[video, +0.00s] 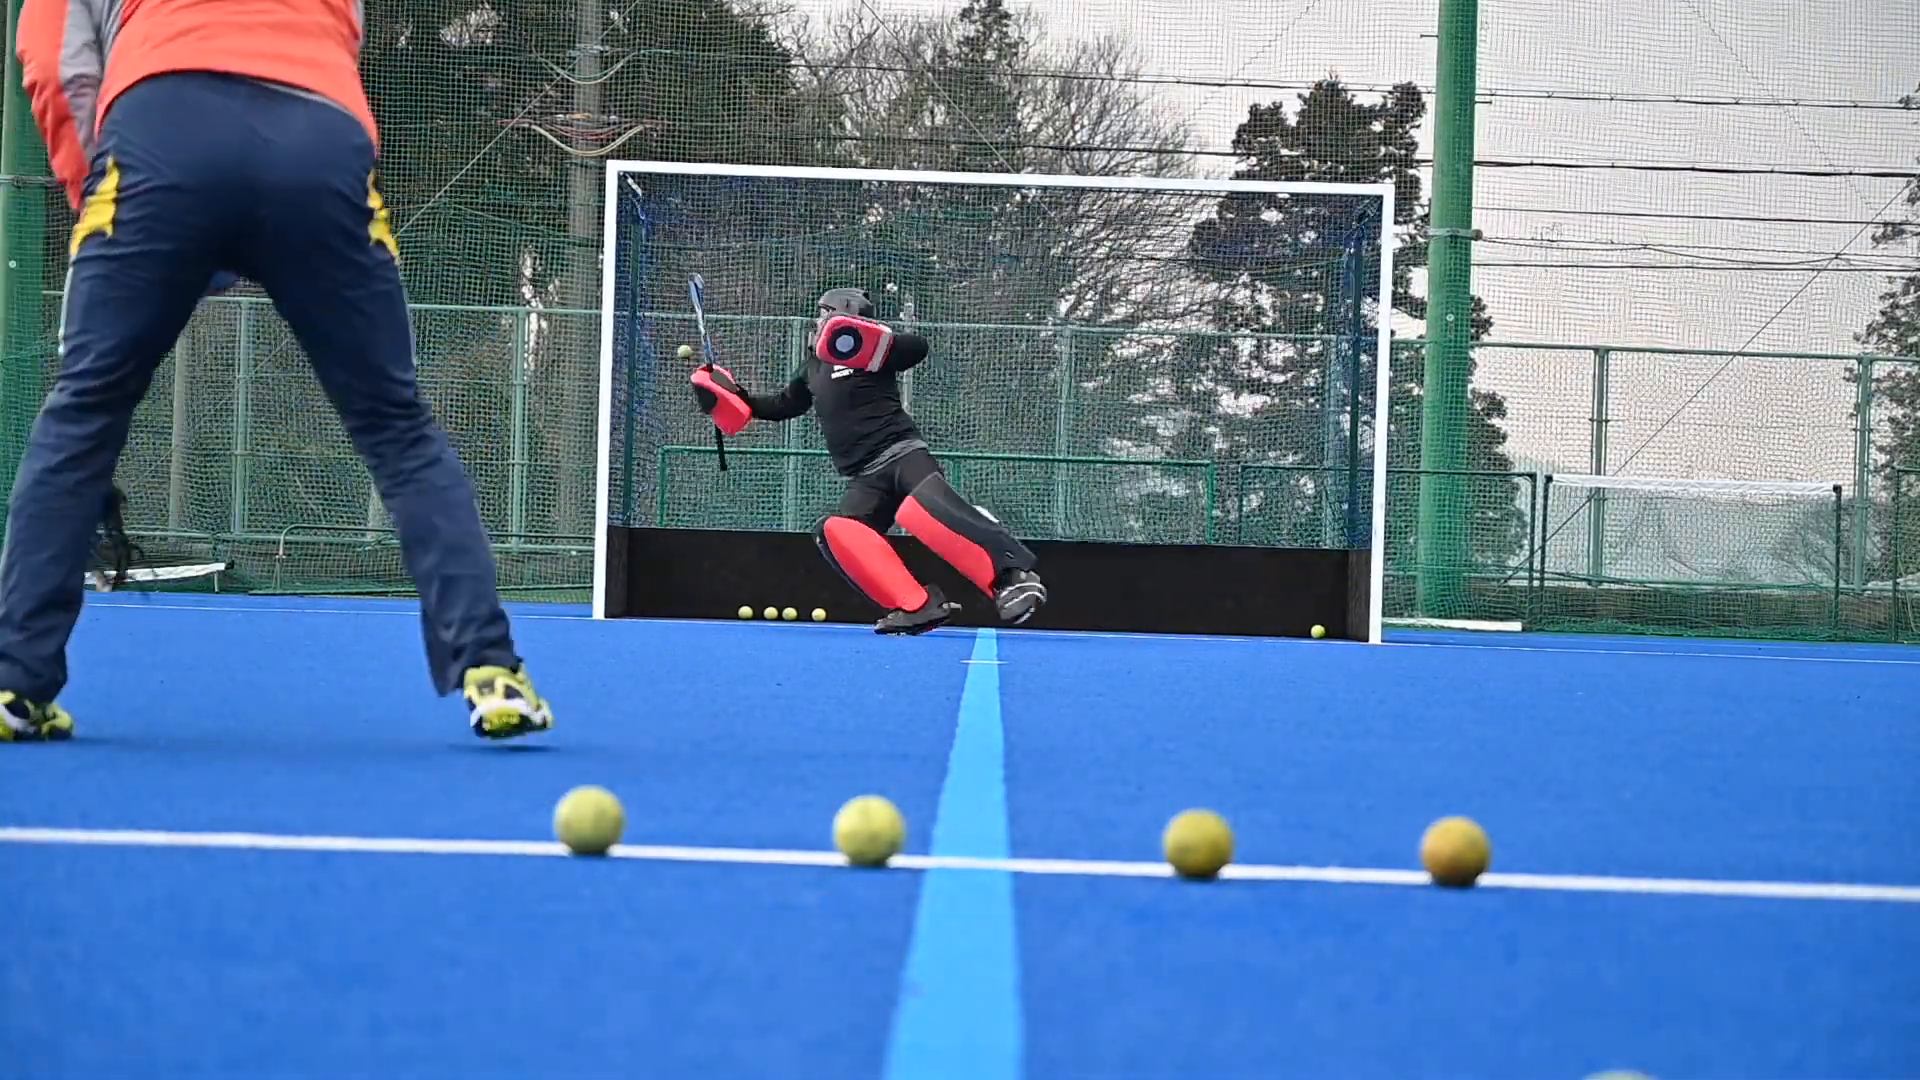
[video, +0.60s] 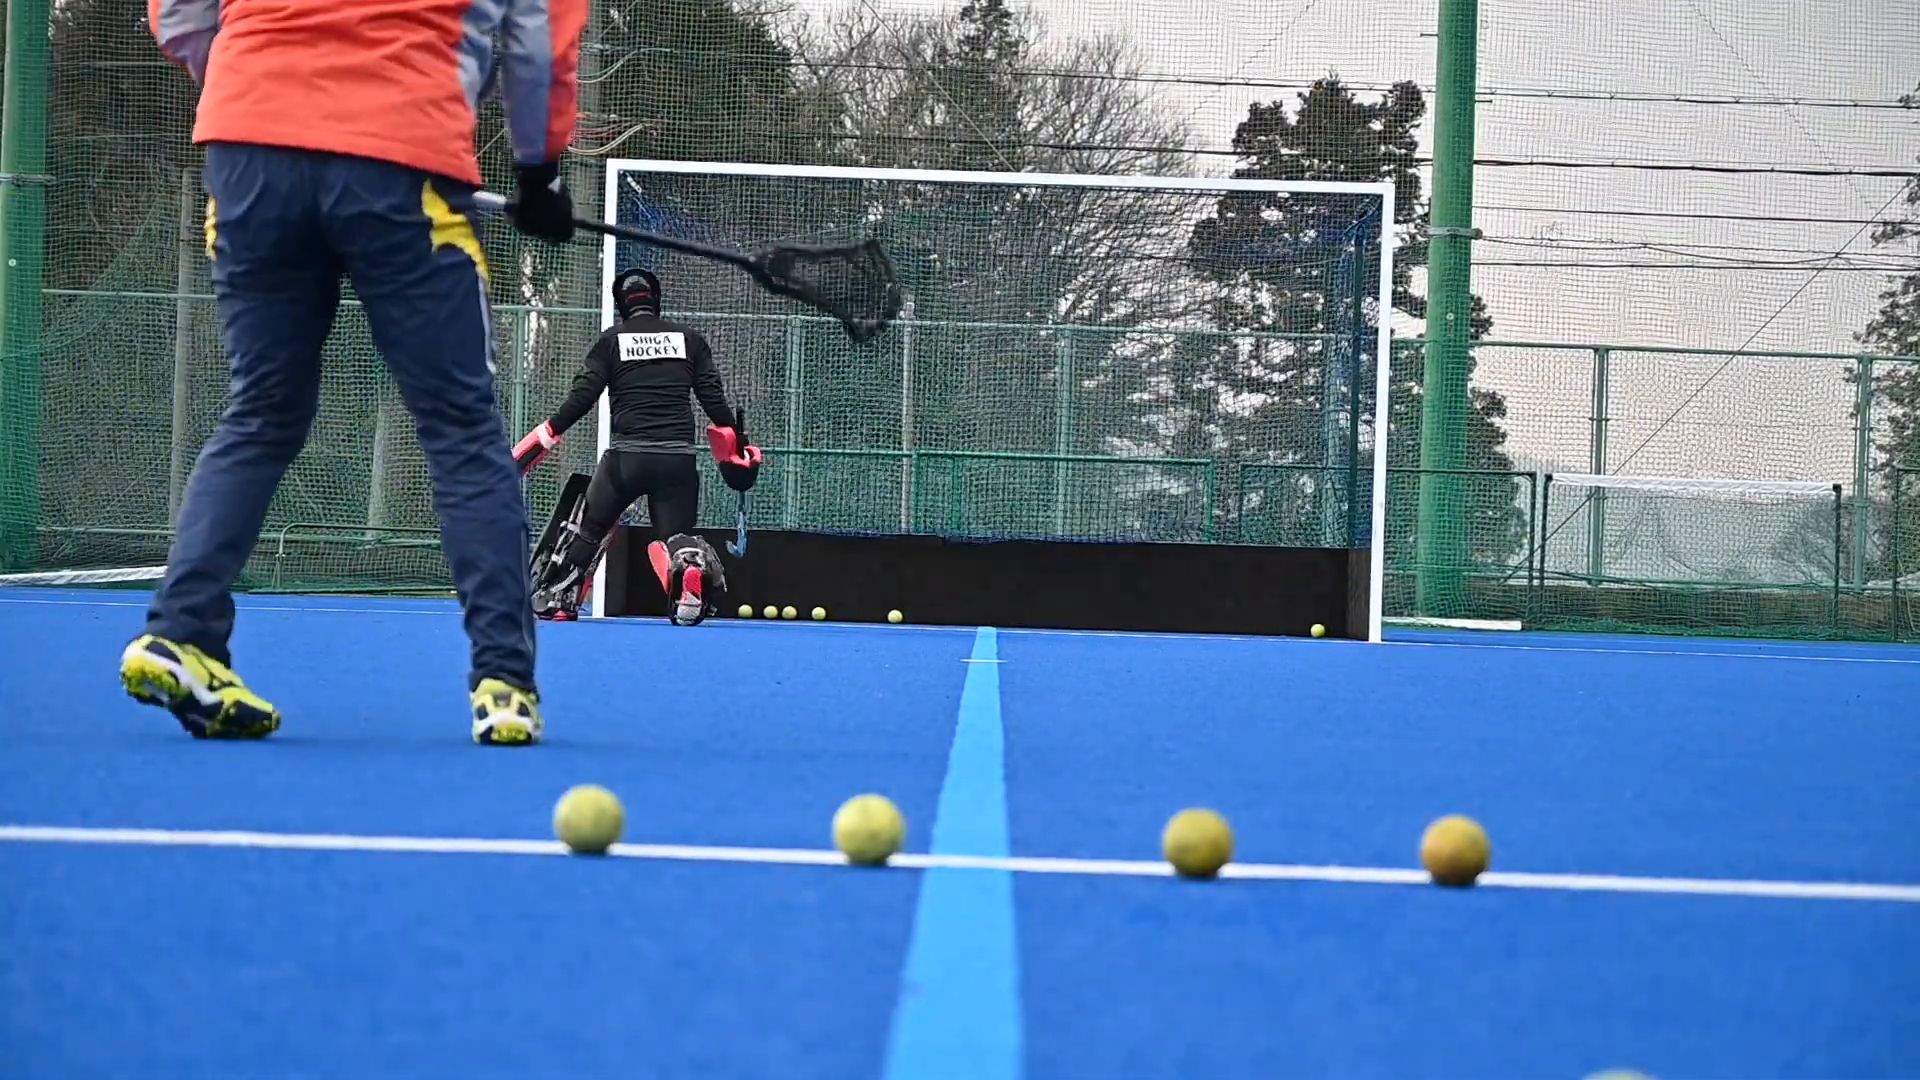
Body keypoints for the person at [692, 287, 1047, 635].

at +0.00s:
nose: (828, 329)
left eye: (838, 322)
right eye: (824, 322)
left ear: (859, 322)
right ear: (817, 326)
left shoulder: (874, 352)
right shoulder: (811, 368)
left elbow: (919, 348)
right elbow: (780, 404)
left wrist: (866, 335)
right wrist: (731, 393)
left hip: (903, 452)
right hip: (862, 478)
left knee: (929, 505)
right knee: (838, 531)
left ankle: (1015, 577)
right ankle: (919, 605)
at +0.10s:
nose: (779, 303)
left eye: (786, 296)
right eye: (782, 297)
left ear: (805, 296)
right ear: (805, 296)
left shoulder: (830, 316)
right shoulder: (784, 344)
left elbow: (870, 330)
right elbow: (794, 404)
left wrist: (834, 351)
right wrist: (762, 435)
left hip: (845, 428)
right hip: (809, 447)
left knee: (847, 485)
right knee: (792, 525)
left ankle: (897, 575)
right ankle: (872, 593)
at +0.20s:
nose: (736, 312)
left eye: (740, 305)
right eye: (737, 306)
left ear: (755, 304)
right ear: (759, 304)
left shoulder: (776, 320)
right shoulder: (753, 342)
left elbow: (807, 349)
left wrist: (780, 378)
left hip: (809, 432)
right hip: (782, 439)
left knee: (780, 496)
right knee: (762, 502)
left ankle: (788, 582)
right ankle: (772, 585)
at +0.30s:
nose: (699, 336)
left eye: (702, 329)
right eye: (699, 330)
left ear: (713, 324)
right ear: (739, 326)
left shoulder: (724, 341)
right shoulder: (759, 361)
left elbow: (743, 377)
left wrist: (708, 418)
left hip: (759, 448)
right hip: (784, 455)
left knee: (710, 514)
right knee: (722, 525)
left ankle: (704, 594)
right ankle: (717, 599)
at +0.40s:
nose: (699, 324)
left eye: (700, 320)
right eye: (696, 320)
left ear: (681, 332)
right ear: (716, 333)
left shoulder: (684, 352)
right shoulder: (743, 368)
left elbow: (682, 393)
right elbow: (765, 425)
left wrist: (645, 431)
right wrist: (775, 483)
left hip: (711, 452)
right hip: (753, 462)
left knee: (649, 517)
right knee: (702, 536)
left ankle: (600, 592)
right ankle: (711, 597)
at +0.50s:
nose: (668, 307)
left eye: (666, 303)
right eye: (669, 302)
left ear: (653, 312)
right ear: (688, 311)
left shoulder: (649, 343)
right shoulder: (716, 349)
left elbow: (631, 394)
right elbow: (739, 408)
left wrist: (588, 434)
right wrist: (757, 465)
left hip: (668, 451)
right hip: (715, 459)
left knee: (616, 520)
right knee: (694, 539)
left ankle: (575, 596)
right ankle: (708, 590)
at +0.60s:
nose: (631, 301)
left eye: (626, 297)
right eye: (642, 294)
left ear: (620, 303)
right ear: (657, 300)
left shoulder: (612, 340)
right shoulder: (689, 337)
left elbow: (583, 396)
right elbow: (712, 395)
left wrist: (547, 433)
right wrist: (733, 439)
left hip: (627, 460)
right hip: (679, 462)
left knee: (590, 531)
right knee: (679, 537)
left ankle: (559, 602)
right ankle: (691, 564)